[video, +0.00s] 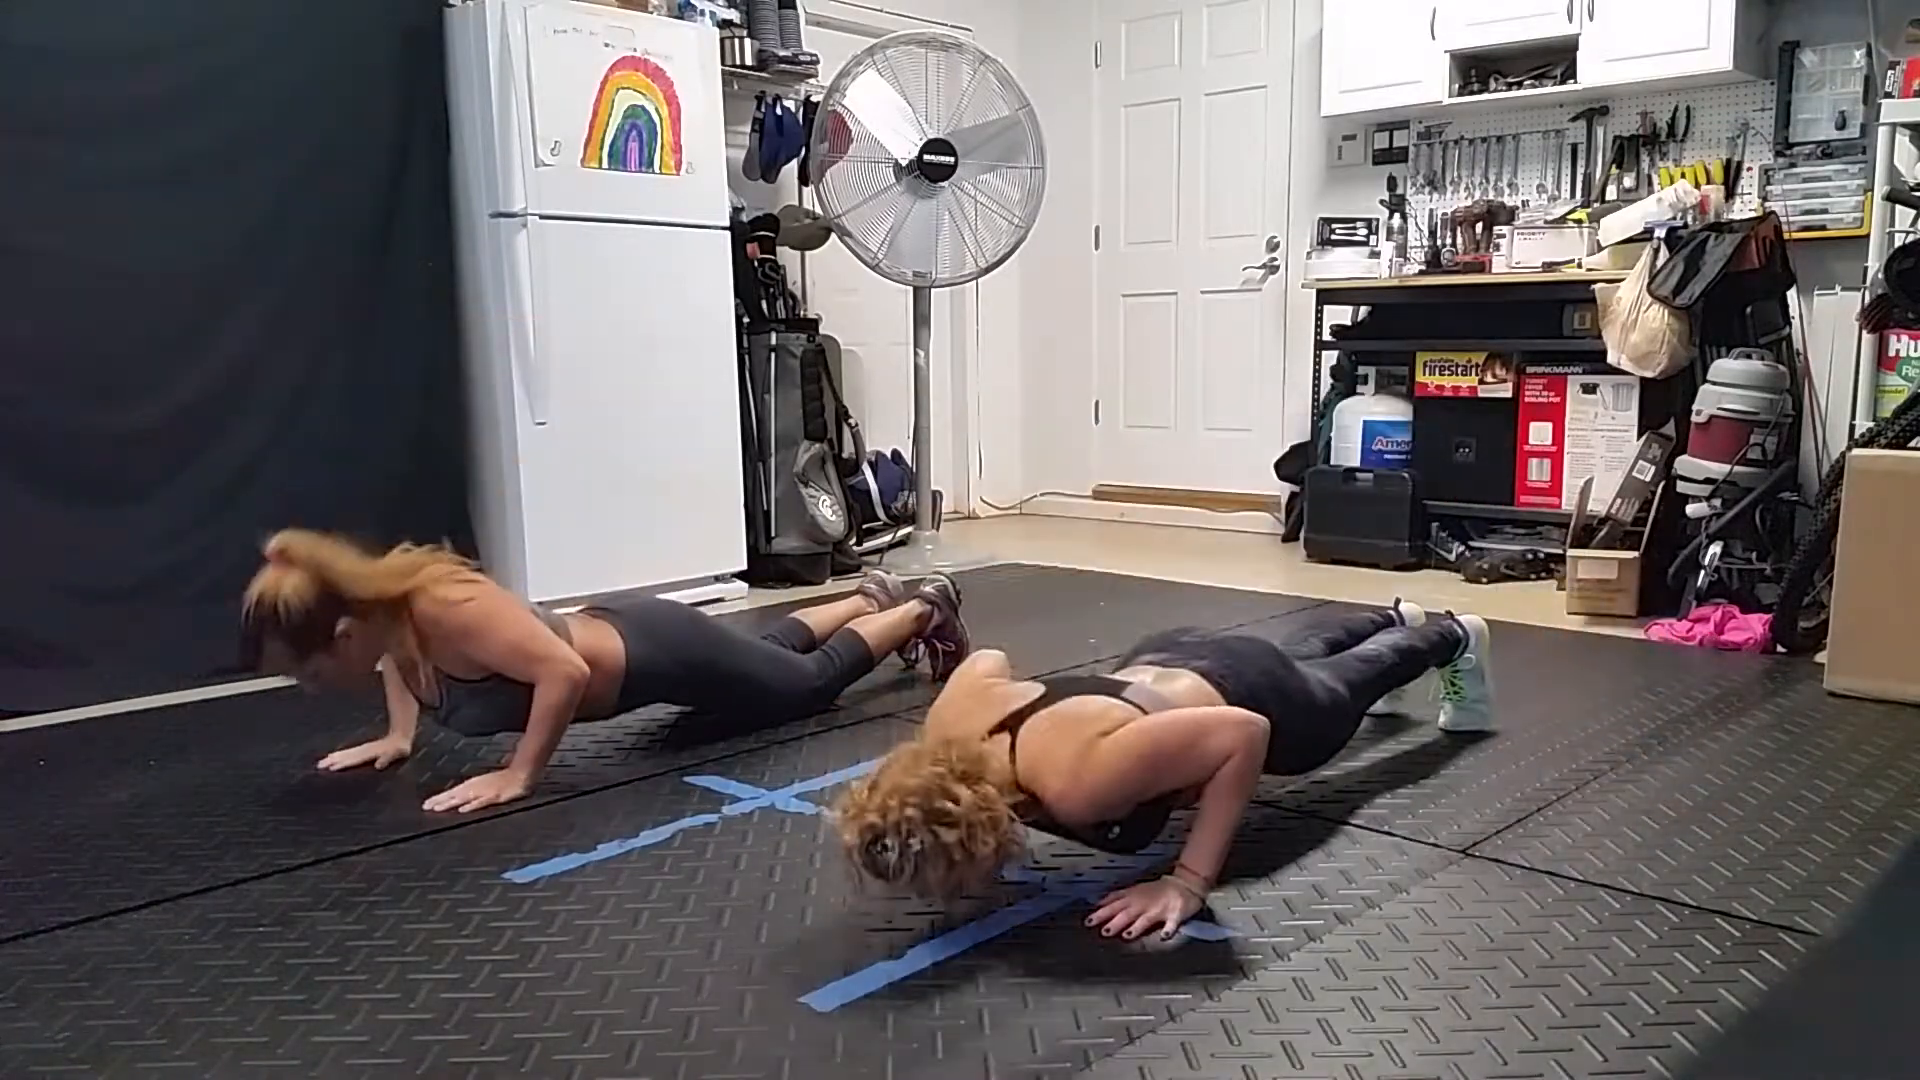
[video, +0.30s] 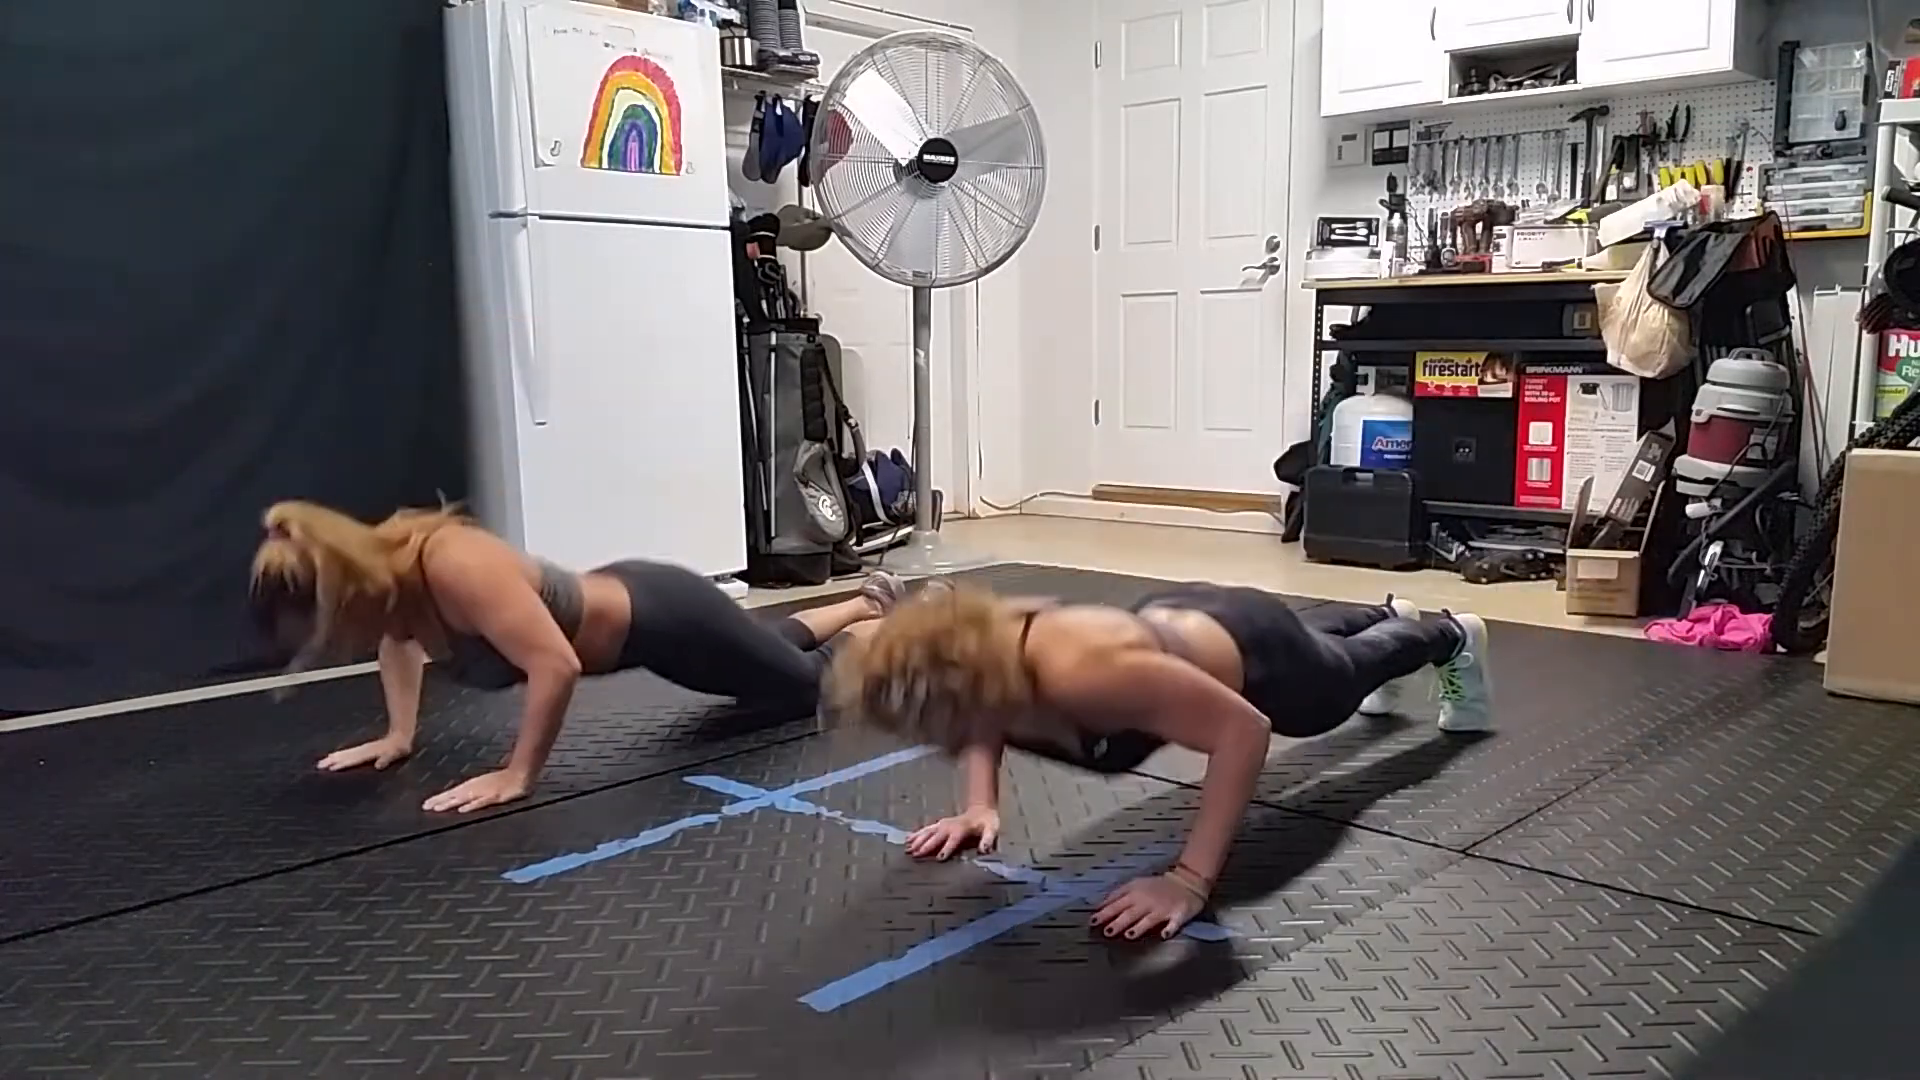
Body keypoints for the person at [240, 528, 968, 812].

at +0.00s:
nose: (314, 685)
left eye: (307, 671)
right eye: (299, 675)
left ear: (337, 632)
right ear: (333, 630)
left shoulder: (449, 609)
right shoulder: (383, 614)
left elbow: (561, 672)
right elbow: (392, 665)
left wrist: (516, 774)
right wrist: (398, 734)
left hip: (657, 652)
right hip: (618, 629)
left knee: (814, 678)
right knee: (760, 643)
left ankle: (914, 613)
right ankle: (865, 597)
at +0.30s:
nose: (325, 648)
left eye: (317, 633)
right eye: (308, 643)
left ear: (339, 589)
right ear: (328, 585)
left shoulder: (458, 563)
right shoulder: (384, 576)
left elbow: (557, 668)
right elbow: (399, 639)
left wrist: (516, 775)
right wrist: (401, 734)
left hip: (663, 618)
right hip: (621, 611)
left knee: (809, 678)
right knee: (766, 648)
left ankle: (884, 617)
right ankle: (858, 603)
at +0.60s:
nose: (334, 548)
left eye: (326, 534)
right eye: (320, 541)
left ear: (344, 495)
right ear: (338, 500)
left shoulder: (478, 502)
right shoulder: (396, 512)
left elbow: (524, 649)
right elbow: (404, 624)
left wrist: (516, 772)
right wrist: (397, 736)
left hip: (672, 563)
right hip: (637, 572)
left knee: (784, 687)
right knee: (754, 670)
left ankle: (896, 650)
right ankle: (864, 632)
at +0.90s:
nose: (329, 487)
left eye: (326, 469)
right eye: (316, 476)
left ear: (362, 430)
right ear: (336, 444)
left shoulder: (476, 474)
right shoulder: (392, 488)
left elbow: (501, 616)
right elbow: (399, 608)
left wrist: (489, 747)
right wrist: (396, 731)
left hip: (667, 556)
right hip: (628, 576)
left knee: (773, 681)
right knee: (740, 669)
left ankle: (895, 656)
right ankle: (844, 641)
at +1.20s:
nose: (342, 488)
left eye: (338, 472)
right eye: (327, 480)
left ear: (370, 427)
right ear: (338, 459)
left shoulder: (458, 439)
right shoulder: (398, 500)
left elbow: (368, 385)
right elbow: (398, 612)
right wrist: (399, 734)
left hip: (668, 553)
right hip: (626, 582)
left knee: (781, 683)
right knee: (756, 662)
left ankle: (904, 656)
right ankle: (870, 645)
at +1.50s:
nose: (334, 491)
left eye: (332, 471)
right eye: (317, 484)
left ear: (365, 425)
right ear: (318, 472)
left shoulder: (469, 449)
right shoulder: (386, 496)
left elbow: (483, 568)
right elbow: (396, 609)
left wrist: (412, 658)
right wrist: (398, 735)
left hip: (659, 560)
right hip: (619, 592)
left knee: (782, 678)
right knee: (743, 670)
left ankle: (898, 656)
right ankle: (849, 640)